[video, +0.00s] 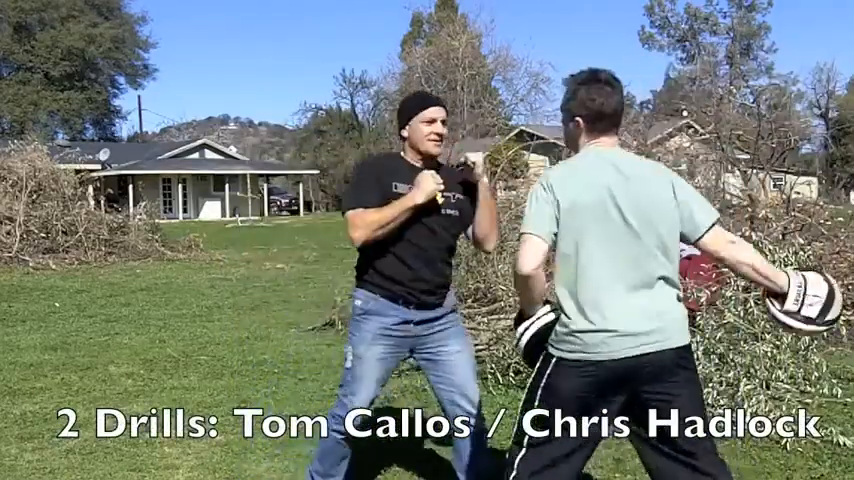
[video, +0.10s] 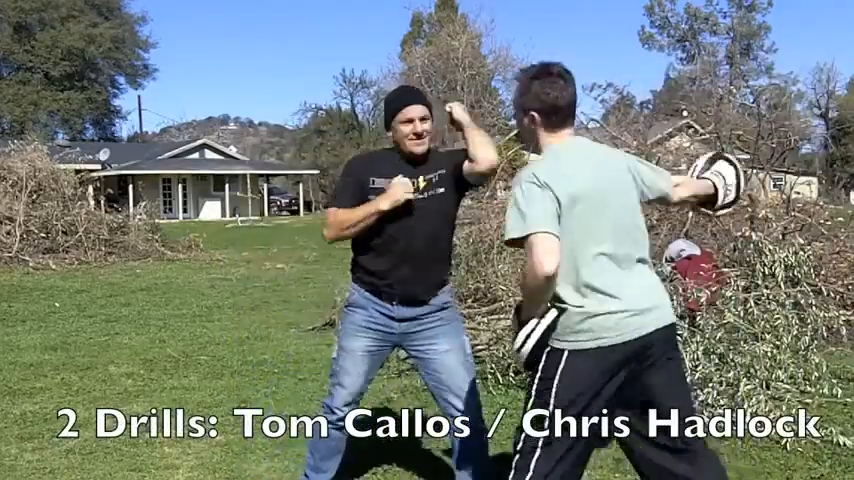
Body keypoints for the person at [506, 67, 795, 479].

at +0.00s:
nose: (564, 130)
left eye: (565, 121)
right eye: (565, 120)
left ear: (576, 123)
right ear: (620, 121)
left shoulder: (554, 182)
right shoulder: (661, 177)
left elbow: (527, 266)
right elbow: (723, 246)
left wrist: (533, 314)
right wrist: (788, 288)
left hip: (581, 355)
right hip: (665, 350)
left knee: (540, 466)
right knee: (697, 465)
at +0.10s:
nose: (517, 125)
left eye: (518, 116)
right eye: (516, 115)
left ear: (532, 120)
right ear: (573, 110)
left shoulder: (536, 175)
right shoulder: (616, 159)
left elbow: (544, 264)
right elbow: (675, 188)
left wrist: (527, 311)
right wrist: (714, 185)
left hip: (586, 338)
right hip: (654, 324)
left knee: (542, 463)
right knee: (681, 450)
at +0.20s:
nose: (492, 124)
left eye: (494, 117)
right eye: (494, 116)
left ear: (509, 120)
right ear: (546, 110)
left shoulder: (538, 176)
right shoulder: (567, 150)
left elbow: (560, 268)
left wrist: (534, 314)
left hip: (594, 331)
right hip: (646, 309)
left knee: (554, 461)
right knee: (680, 442)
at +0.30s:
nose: (493, 131)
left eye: (494, 122)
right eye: (494, 122)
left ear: (507, 126)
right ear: (545, 115)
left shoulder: (535, 183)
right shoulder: (572, 155)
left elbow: (559, 278)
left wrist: (532, 316)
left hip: (591, 334)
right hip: (645, 311)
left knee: (544, 460)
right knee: (677, 441)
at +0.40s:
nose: (516, 128)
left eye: (516, 118)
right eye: (514, 118)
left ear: (530, 122)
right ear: (570, 112)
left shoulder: (541, 180)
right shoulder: (606, 158)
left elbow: (543, 276)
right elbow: (587, 217)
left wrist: (526, 316)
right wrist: (530, 187)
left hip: (586, 341)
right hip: (654, 319)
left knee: (541, 463)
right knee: (678, 450)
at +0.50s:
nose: (550, 124)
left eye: (550, 114)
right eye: (549, 114)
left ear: (567, 116)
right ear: (606, 107)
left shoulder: (568, 177)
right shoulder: (645, 160)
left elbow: (549, 273)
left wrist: (541, 311)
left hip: (599, 346)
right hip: (672, 329)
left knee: (556, 465)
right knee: (690, 456)